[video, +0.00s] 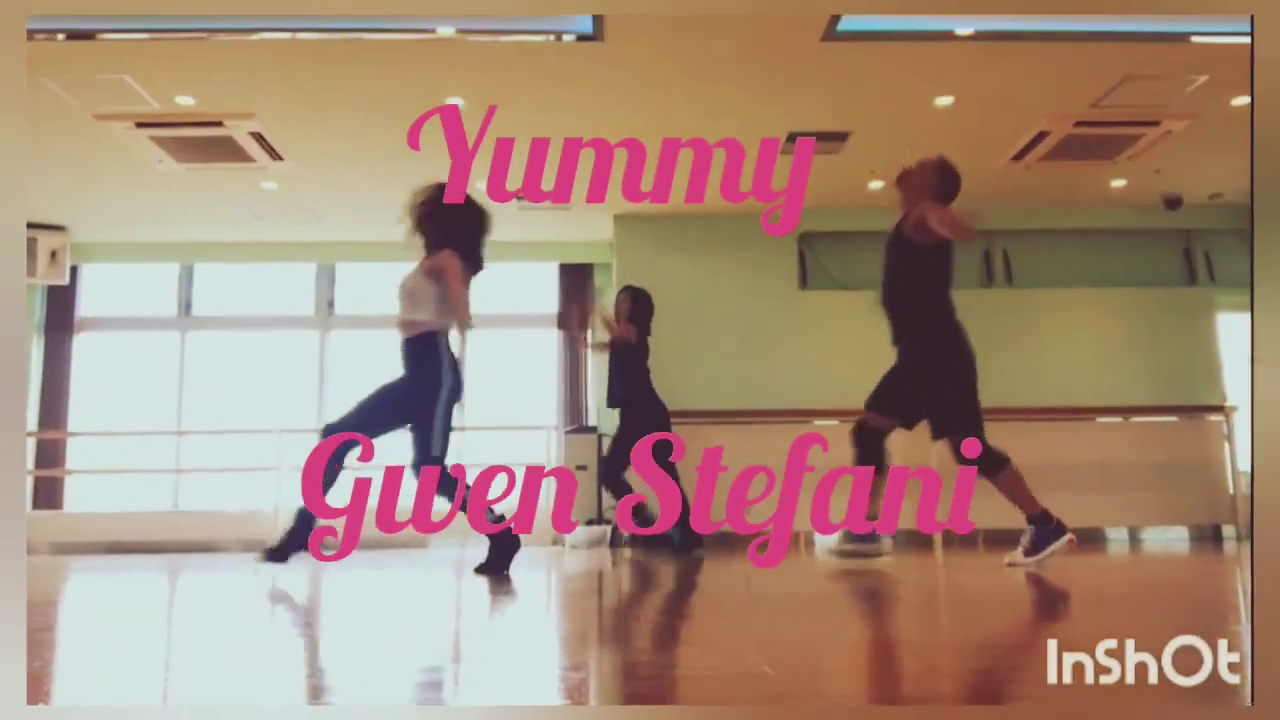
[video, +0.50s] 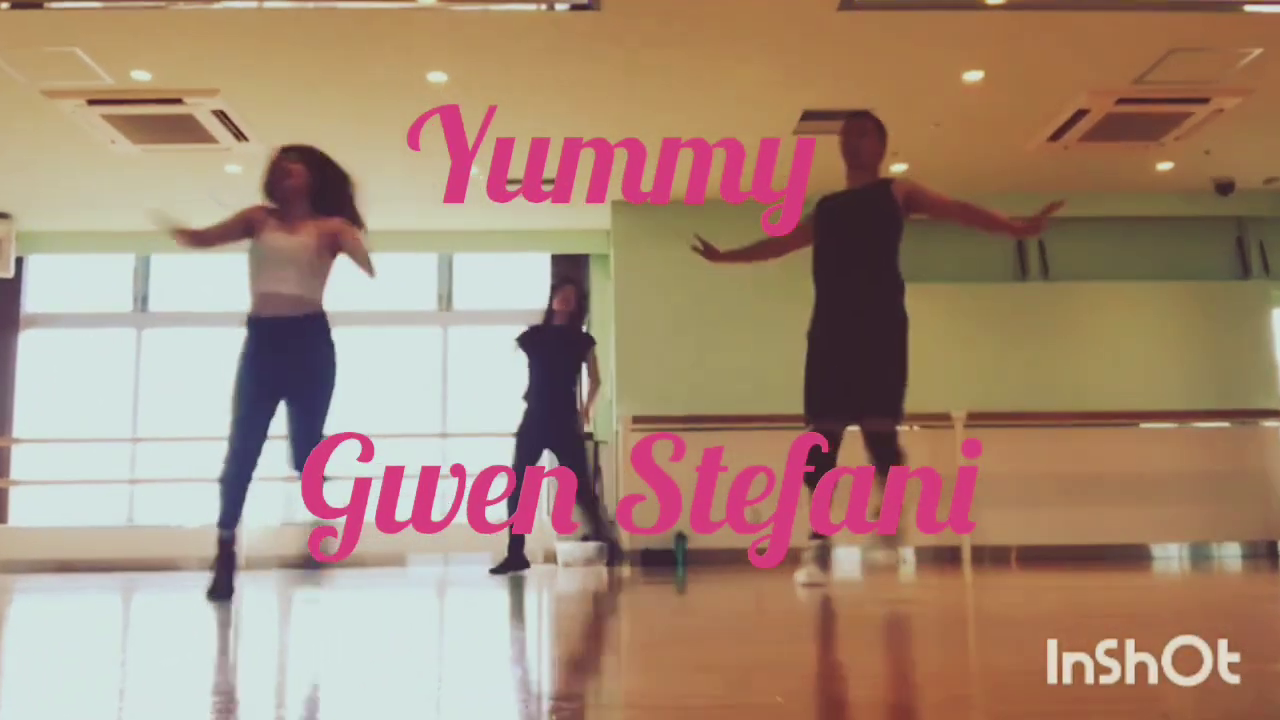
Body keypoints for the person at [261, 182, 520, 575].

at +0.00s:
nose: (417, 227)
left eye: (424, 219)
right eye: (419, 219)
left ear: (439, 222)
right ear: (458, 225)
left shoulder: (448, 259)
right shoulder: (432, 262)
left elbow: (459, 306)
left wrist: (462, 318)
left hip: (436, 372)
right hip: (420, 373)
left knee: (429, 471)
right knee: (338, 437)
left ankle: (501, 534)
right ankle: (302, 530)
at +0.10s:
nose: (424, 224)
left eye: (434, 224)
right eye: (432, 221)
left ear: (435, 243)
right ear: (448, 254)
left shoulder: (415, 271)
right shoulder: (408, 272)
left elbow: (440, 327)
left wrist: (469, 373)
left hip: (398, 388)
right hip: (394, 388)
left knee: (411, 487)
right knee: (302, 444)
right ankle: (273, 540)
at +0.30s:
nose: (339, 230)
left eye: (348, 227)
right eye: (343, 226)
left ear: (360, 243)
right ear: (349, 240)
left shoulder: (354, 272)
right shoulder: (324, 269)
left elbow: (352, 306)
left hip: (347, 391)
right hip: (317, 394)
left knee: (375, 481)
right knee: (235, 456)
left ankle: (469, 547)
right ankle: (249, 552)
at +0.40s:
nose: (317, 194)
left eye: (328, 193)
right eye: (319, 189)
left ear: (339, 212)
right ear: (311, 202)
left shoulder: (336, 249)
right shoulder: (281, 235)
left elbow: (324, 294)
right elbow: (255, 243)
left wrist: (281, 271)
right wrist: (236, 267)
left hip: (327, 366)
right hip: (290, 368)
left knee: (343, 465)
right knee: (231, 455)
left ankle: (411, 536)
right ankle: (244, 555)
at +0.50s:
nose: (285, 175)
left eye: (295, 169)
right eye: (280, 170)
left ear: (315, 179)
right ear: (272, 180)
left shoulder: (331, 227)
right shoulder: (259, 219)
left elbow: (367, 266)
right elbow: (207, 239)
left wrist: (350, 240)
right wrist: (179, 232)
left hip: (309, 341)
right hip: (262, 341)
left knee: (305, 454)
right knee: (242, 453)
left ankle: (330, 524)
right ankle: (225, 553)